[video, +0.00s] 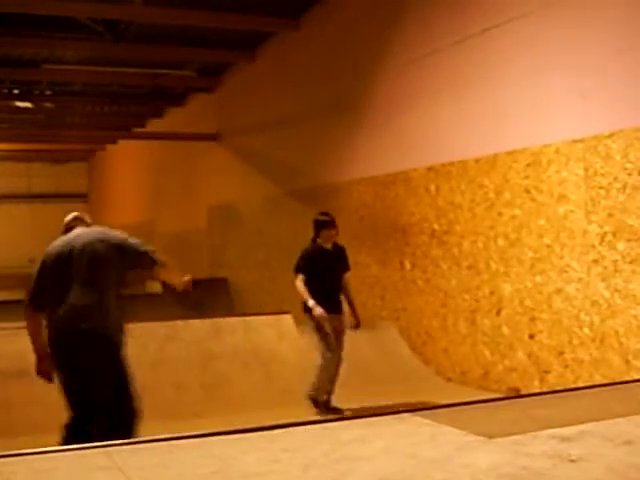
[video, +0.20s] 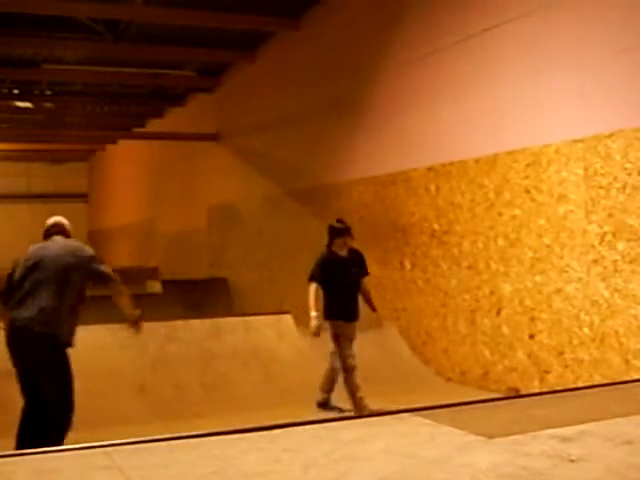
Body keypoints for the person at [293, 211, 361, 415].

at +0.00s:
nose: (333, 234)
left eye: (334, 229)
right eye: (329, 230)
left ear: (336, 231)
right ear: (319, 232)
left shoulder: (339, 252)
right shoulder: (309, 253)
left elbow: (344, 283)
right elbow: (299, 281)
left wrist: (354, 311)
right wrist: (313, 305)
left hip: (335, 307)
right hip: (317, 308)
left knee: (336, 352)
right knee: (330, 351)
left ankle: (326, 396)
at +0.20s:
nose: (346, 242)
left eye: (348, 238)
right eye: (342, 238)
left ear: (351, 238)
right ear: (333, 239)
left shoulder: (356, 257)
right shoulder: (324, 260)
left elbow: (362, 285)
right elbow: (313, 286)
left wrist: (374, 309)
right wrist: (314, 315)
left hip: (351, 314)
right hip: (334, 315)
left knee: (339, 358)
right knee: (347, 361)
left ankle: (324, 397)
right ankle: (358, 403)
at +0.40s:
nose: (359, 241)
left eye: (361, 236)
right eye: (354, 238)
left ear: (365, 236)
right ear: (346, 240)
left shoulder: (373, 256)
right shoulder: (340, 261)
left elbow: (380, 288)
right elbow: (334, 295)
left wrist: (388, 316)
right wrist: (339, 327)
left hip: (370, 316)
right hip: (352, 317)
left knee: (369, 364)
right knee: (365, 364)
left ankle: (340, 389)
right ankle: (369, 407)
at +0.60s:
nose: (373, 235)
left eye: (375, 229)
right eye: (368, 230)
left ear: (379, 229)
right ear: (360, 231)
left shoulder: (386, 248)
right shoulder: (353, 253)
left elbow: (391, 277)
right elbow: (351, 286)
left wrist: (396, 308)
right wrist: (359, 315)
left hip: (390, 315)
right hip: (368, 318)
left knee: (403, 360)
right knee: (370, 367)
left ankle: (385, 392)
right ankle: (370, 408)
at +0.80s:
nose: (393, 238)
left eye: (396, 233)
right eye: (389, 233)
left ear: (399, 233)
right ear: (379, 234)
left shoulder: (406, 253)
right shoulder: (371, 257)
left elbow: (410, 285)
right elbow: (362, 291)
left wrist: (414, 317)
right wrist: (376, 320)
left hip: (405, 321)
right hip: (380, 323)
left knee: (417, 372)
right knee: (372, 375)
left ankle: (430, 409)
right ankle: (369, 415)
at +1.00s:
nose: (419, 236)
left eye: (421, 231)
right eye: (415, 231)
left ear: (424, 231)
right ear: (405, 231)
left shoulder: (429, 254)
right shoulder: (394, 256)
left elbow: (434, 287)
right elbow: (387, 291)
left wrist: (441, 320)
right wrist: (389, 327)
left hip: (432, 324)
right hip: (406, 327)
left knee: (443, 377)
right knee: (392, 380)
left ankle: (441, 420)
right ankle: (370, 418)